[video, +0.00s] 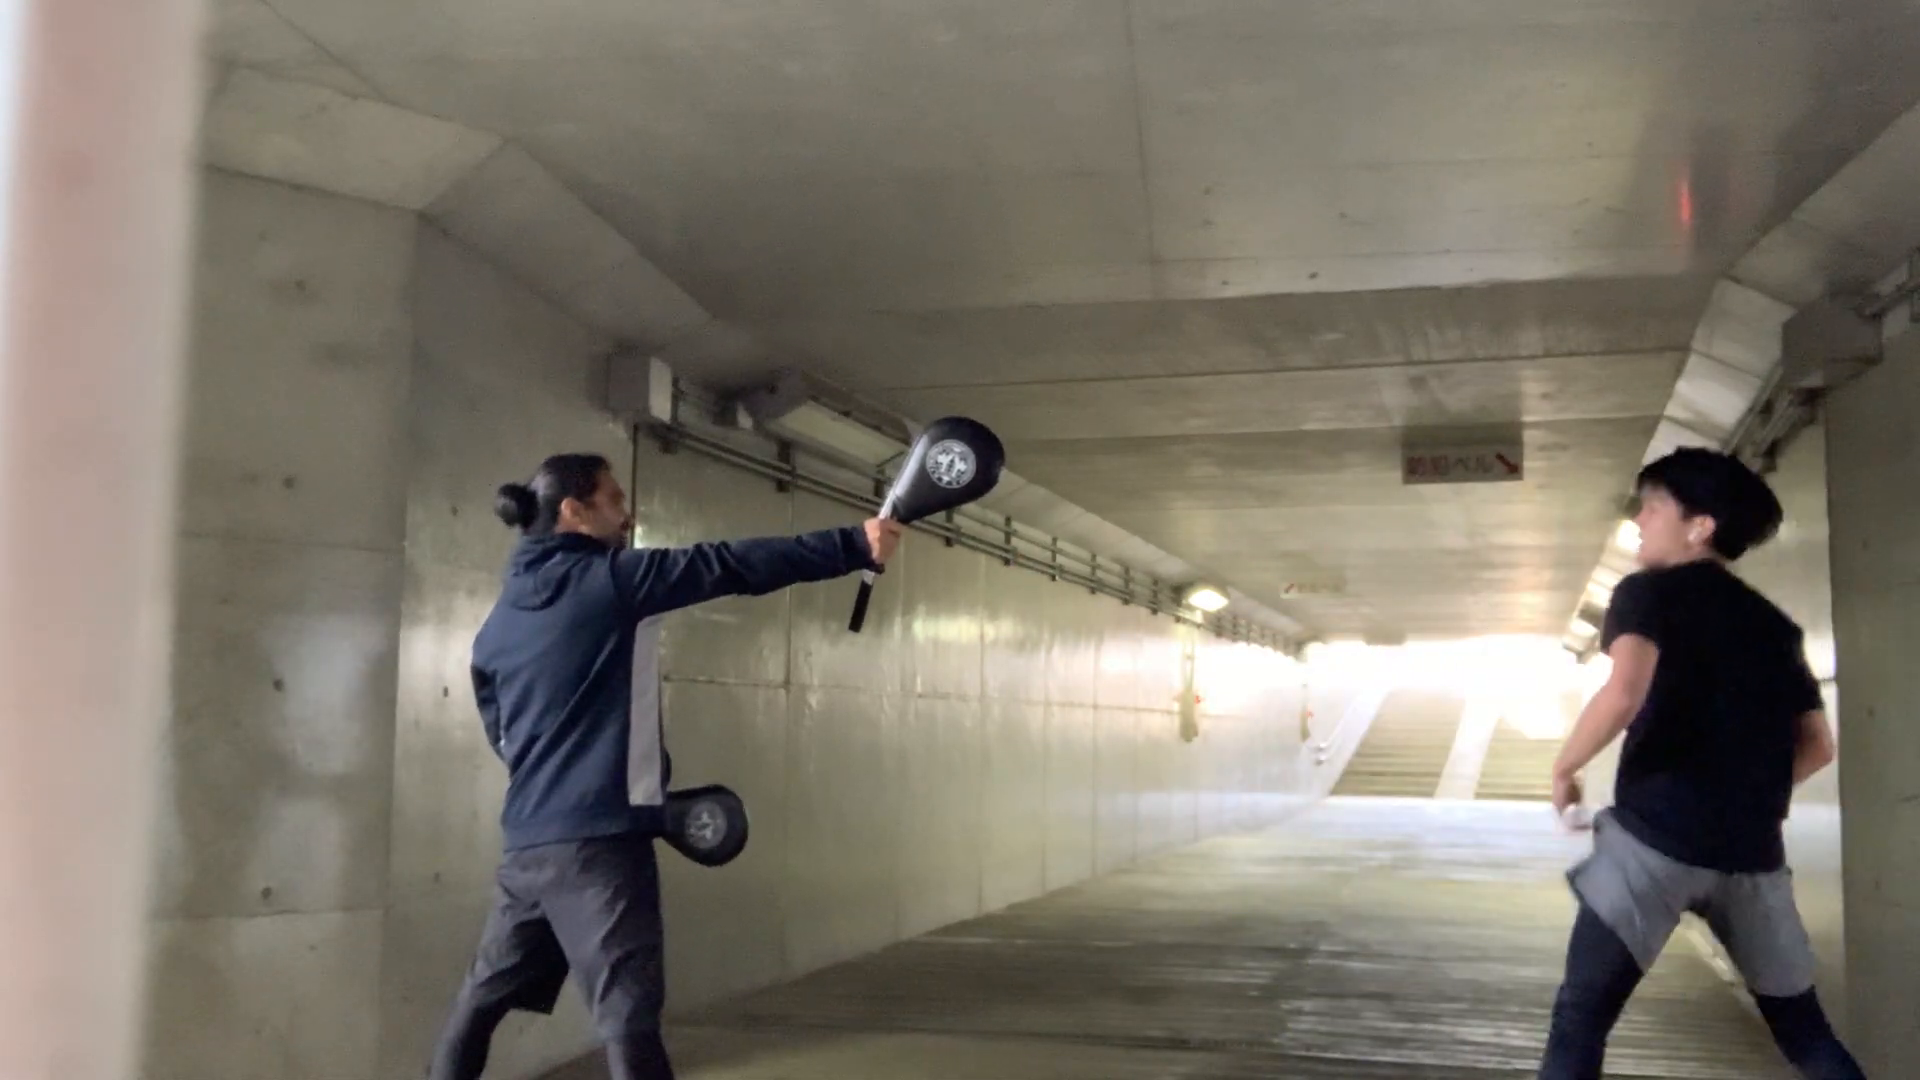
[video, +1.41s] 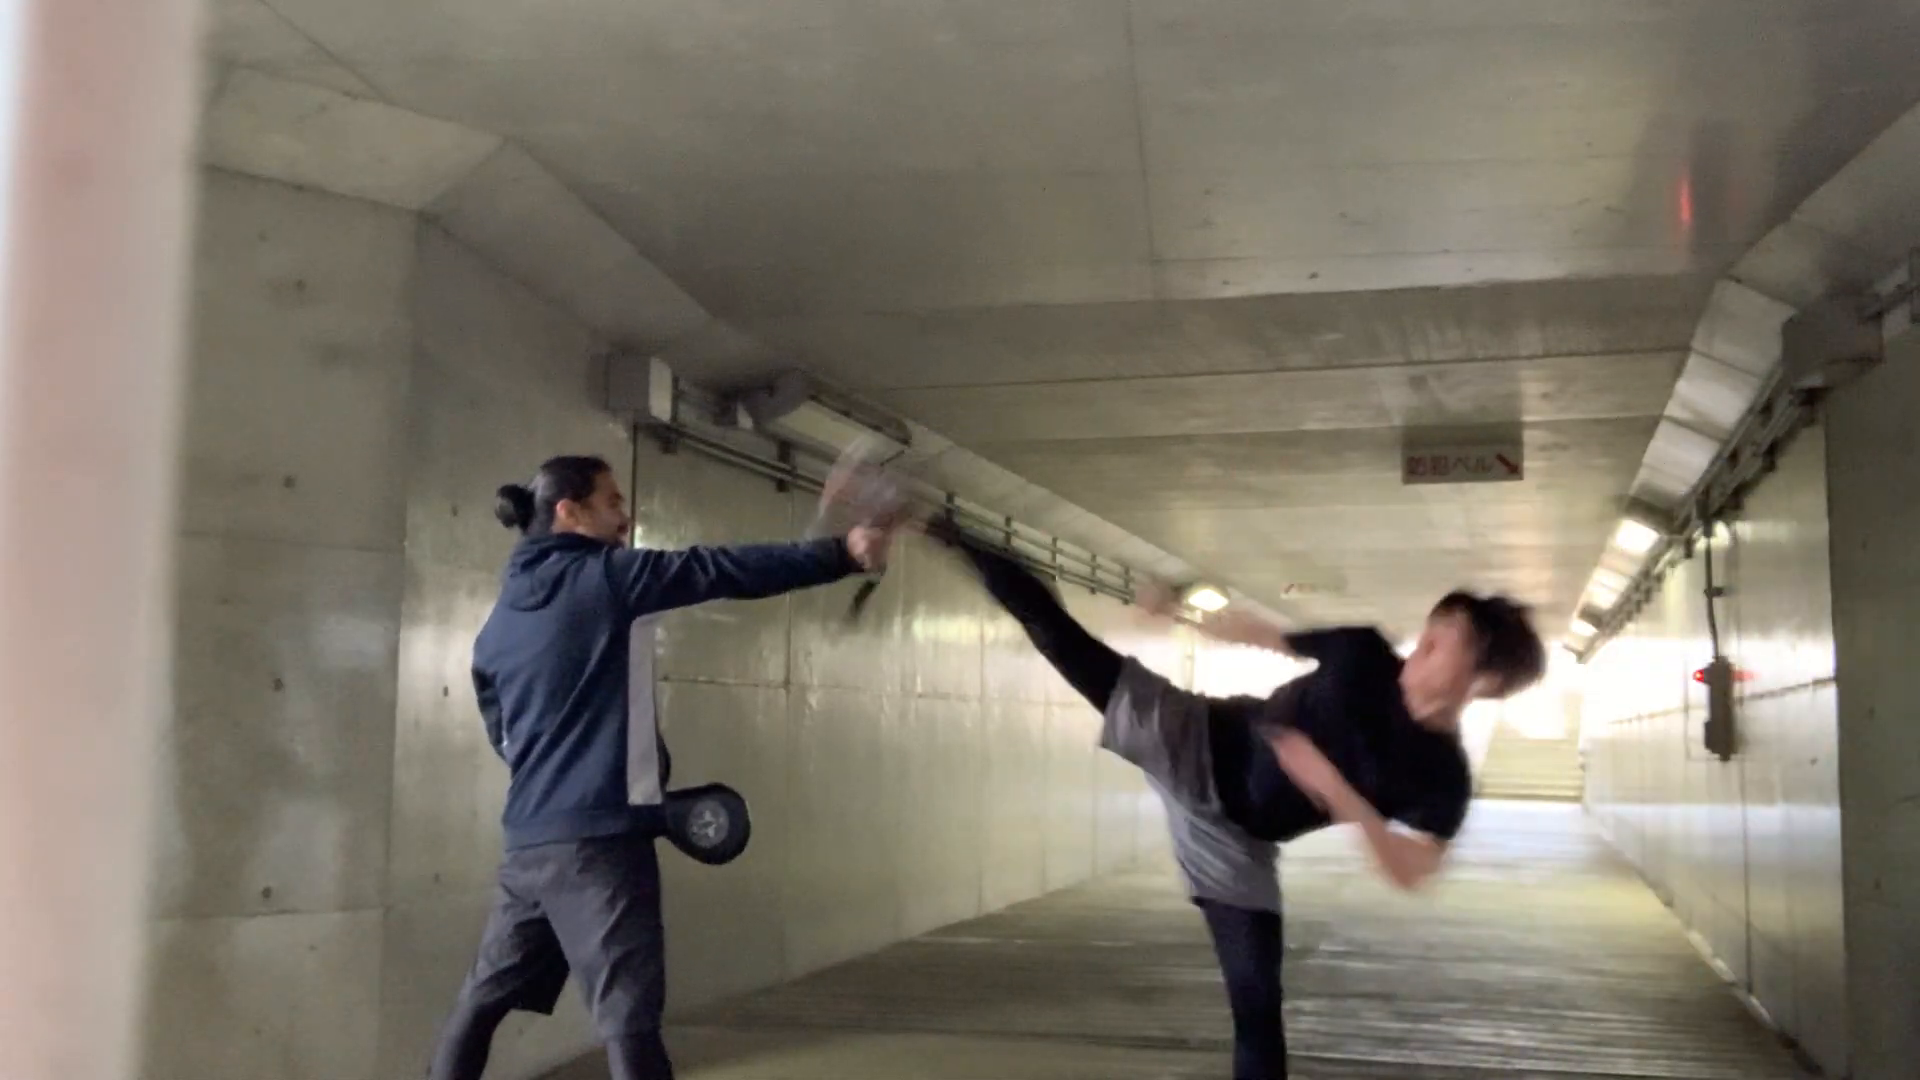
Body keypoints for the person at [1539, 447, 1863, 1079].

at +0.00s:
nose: (1638, 522)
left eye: (1650, 509)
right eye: (1642, 508)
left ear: (1700, 527)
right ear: (1706, 531)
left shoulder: (1649, 591)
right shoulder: (1775, 623)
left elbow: (1627, 690)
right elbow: (1818, 745)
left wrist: (1566, 766)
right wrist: (1749, 788)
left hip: (1657, 840)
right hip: (1753, 850)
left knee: (1578, 1024)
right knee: (1808, 1035)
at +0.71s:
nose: (1606, 535)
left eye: (1620, 520)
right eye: (1611, 518)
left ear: (1668, 539)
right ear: (1675, 544)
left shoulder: (1608, 599)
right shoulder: (1739, 628)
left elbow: (1587, 703)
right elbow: (1797, 745)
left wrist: (1527, 799)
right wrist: (1787, 847)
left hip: (1618, 845)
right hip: (1716, 852)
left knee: (1530, 1010)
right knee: (1775, 1028)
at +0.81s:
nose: (1577, 570)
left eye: (1591, 554)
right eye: (1582, 552)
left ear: (1641, 575)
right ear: (1647, 579)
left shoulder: (1585, 643)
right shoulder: (1708, 669)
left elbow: (1548, 747)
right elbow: (1786, 764)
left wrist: (1465, 824)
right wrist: (1810, 864)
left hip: (1611, 890)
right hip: (1708, 894)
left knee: (1490, 1009)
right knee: (1771, 1047)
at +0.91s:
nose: (1543, 585)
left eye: (1561, 575)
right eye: (1551, 572)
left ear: (1605, 602)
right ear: (1605, 606)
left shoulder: (1567, 671)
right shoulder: (1638, 690)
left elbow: (1547, 779)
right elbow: (1706, 803)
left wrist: (1434, 815)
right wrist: (1757, 904)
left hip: (1576, 926)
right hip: (1658, 928)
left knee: (1433, 1029)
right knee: (1746, 1059)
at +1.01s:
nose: (1511, 567)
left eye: (1529, 556)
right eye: (1519, 552)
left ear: (1570, 582)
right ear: (1567, 583)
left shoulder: (1553, 660)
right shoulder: (1566, 662)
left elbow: (1524, 765)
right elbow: (1576, 800)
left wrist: (1393, 752)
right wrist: (1571, 899)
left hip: (1498, 898)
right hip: (1537, 900)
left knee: (1376, 1032)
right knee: (1533, 1047)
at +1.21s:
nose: (1472, 556)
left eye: (1487, 548)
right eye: (1479, 544)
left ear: (1530, 580)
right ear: (1514, 578)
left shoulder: (1516, 684)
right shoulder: (1449, 629)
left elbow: (1475, 811)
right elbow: (1341, 633)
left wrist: (1383, 876)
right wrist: (1289, 570)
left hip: (1376, 863)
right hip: (1324, 809)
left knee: (1343, 1046)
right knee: (1174, 781)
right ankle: (1032, 866)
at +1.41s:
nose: (1420, 644)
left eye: (1440, 640)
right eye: (1428, 631)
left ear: (1478, 675)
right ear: (1427, 635)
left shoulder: (1443, 780)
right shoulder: (1364, 652)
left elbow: (1408, 872)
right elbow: (1264, 632)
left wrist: (1335, 792)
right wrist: (1183, 611)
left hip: (1234, 835)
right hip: (1191, 738)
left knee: (1257, 1005)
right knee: (1058, 636)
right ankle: (947, 533)